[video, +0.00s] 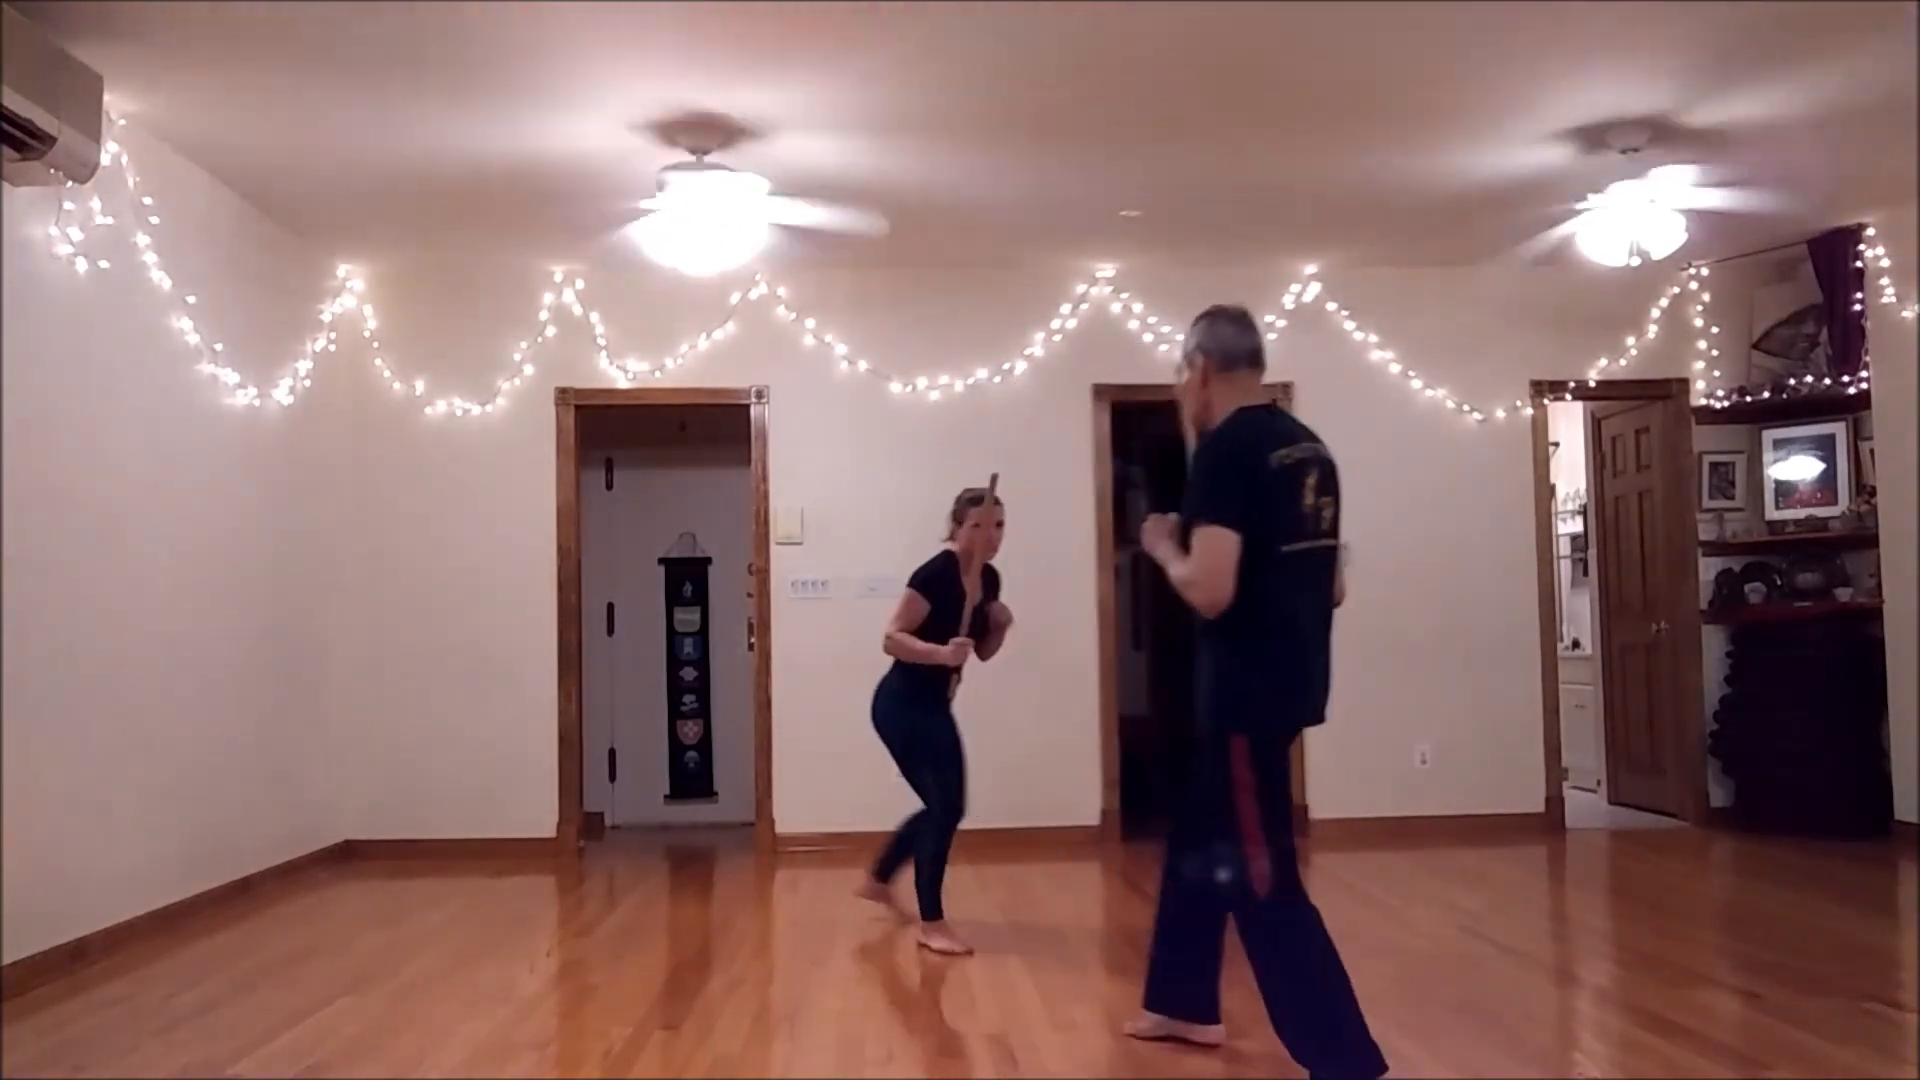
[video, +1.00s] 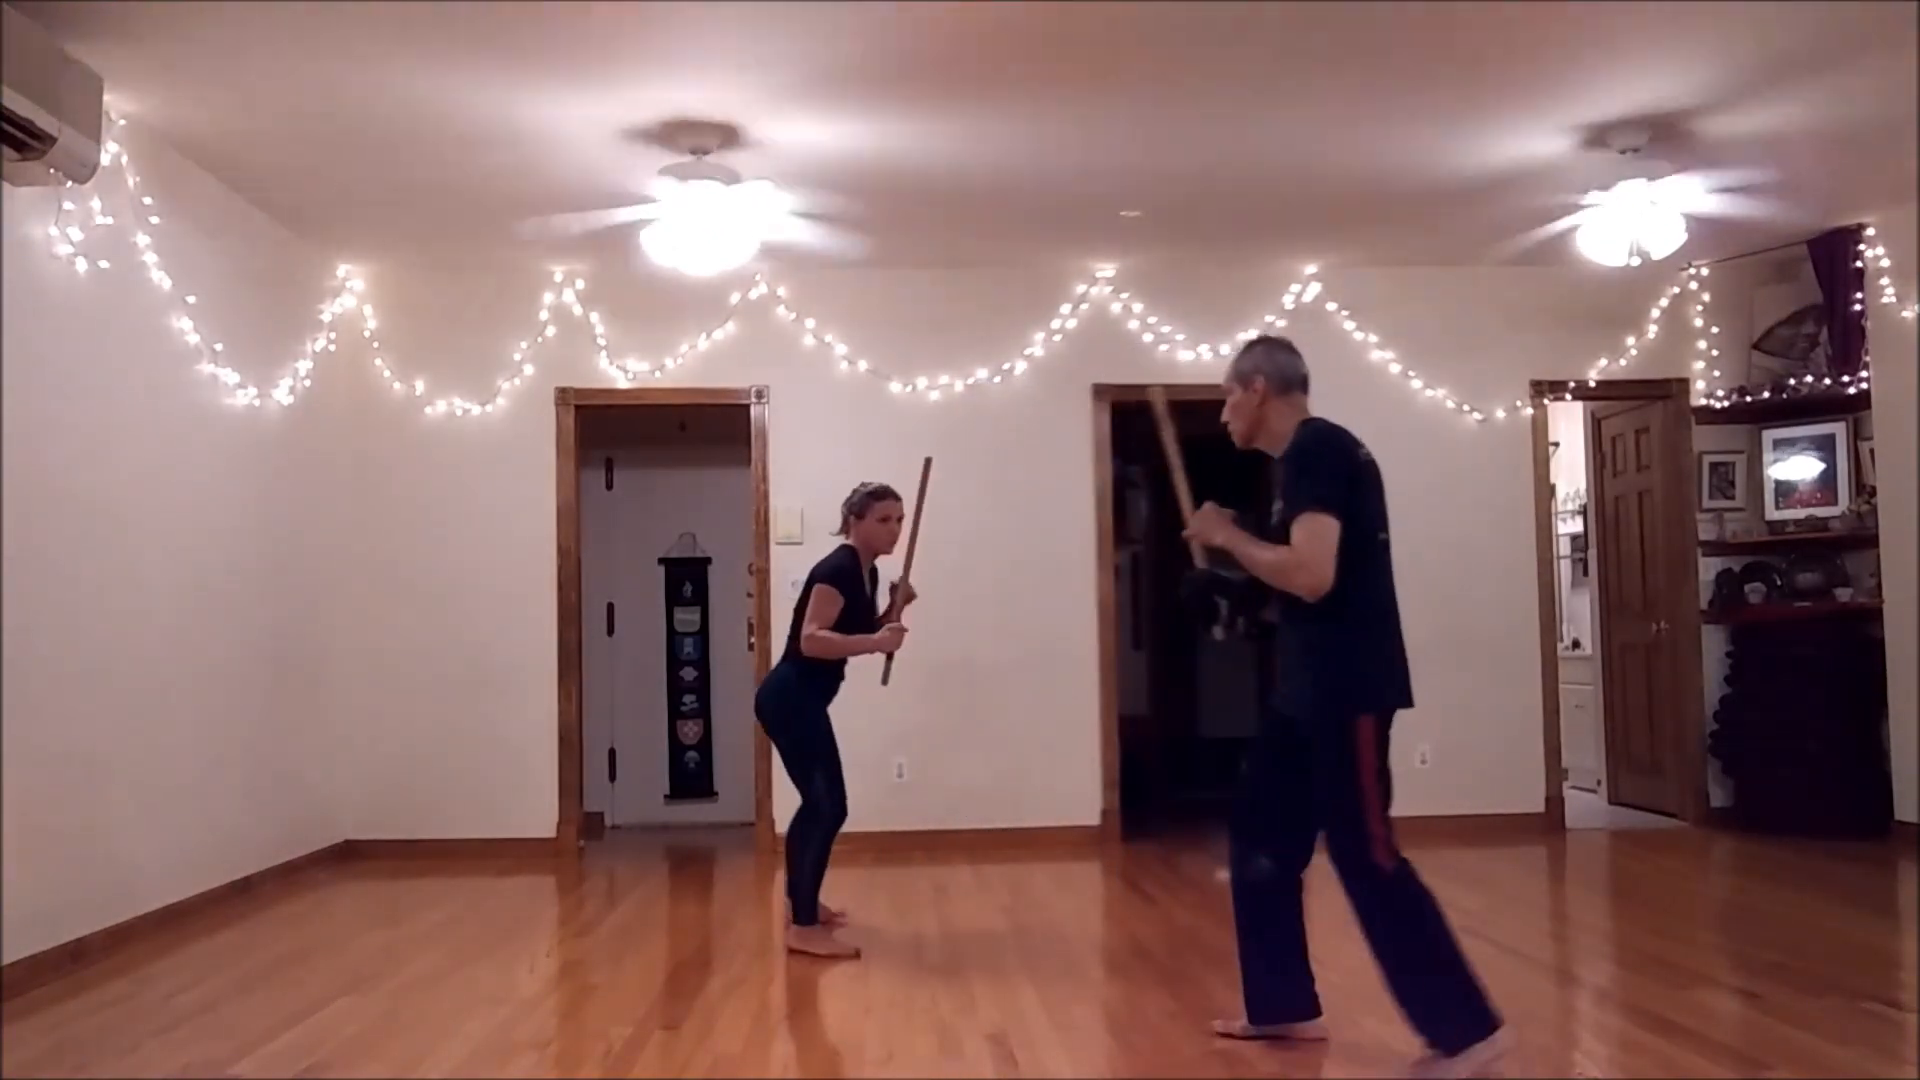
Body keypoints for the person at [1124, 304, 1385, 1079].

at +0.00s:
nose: (1178, 390)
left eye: (1180, 375)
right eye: (1180, 375)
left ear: (1199, 370)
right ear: (1257, 368)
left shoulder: (1227, 450)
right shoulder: (1305, 443)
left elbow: (1210, 590)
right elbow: (1333, 586)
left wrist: (1165, 549)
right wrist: (1239, 557)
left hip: (1238, 688)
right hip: (1285, 682)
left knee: (1263, 877)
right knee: (1199, 839)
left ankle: (1350, 1063)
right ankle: (1185, 1005)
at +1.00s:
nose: (1223, 414)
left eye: (1227, 398)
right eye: (1223, 399)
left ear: (1257, 390)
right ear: (1277, 389)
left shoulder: (1320, 450)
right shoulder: (1299, 461)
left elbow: (1312, 574)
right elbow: (1309, 576)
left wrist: (1231, 537)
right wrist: (1234, 556)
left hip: (1350, 690)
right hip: (1307, 690)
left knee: (1367, 854)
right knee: (1262, 847)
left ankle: (1468, 1033)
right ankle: (1284, 1009)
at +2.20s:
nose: (1272, 420)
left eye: (1277, 404)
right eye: (1272, 405)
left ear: (1314, 397)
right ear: (1323, 396)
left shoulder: (1364, 461)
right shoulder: (1362, 464)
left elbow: (1325, 592)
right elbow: (1350, 588)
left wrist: (1262, 530)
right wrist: (1285, 551)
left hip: (1393, 697)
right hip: (1348, 694)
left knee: (1419, 859)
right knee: (1277, 840)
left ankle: (1542, 1014)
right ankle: (1289, 1002)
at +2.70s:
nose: (1277, 441)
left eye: (1282, 430)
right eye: (1282, 430)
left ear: (1299, 435)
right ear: (1335, 439)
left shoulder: (1326, 501)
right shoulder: (1325, 501)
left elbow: (1279, 607)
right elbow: (1251, 579)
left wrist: (1263, 532)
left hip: (1344, 713)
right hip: (1314, 709)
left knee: (1407, 865)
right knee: (1238, 814)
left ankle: (1547, 1014)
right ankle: (1220, 954)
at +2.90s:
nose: (1194, 478)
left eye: (1197, 466)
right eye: (1194, 467)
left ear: (1218, 461)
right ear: (1239, 456)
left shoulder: (1267, 500)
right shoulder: (1241, 517)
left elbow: (1242, 601)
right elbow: (1191, 620)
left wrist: (1206, 546)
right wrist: (1113, 663)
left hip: (1309, 699)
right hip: (1269, 699)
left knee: (1304, 848)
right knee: (1208, 814)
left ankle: (1438, 964)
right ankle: (1216, 958)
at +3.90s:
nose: (1161, 466)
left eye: (1165, 453)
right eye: (1160, 454)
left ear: (1193, 445)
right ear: (1205, 445)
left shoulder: (1238, 490)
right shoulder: (1227, 500)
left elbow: (1212, 591)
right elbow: (1228, 621)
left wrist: (1178, 541)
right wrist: (1181, 694)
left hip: (1274, 686)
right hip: (1239, 687)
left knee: (1308, 829)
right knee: (1183, 812)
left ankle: (1406, 979)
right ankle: (1213, 958)